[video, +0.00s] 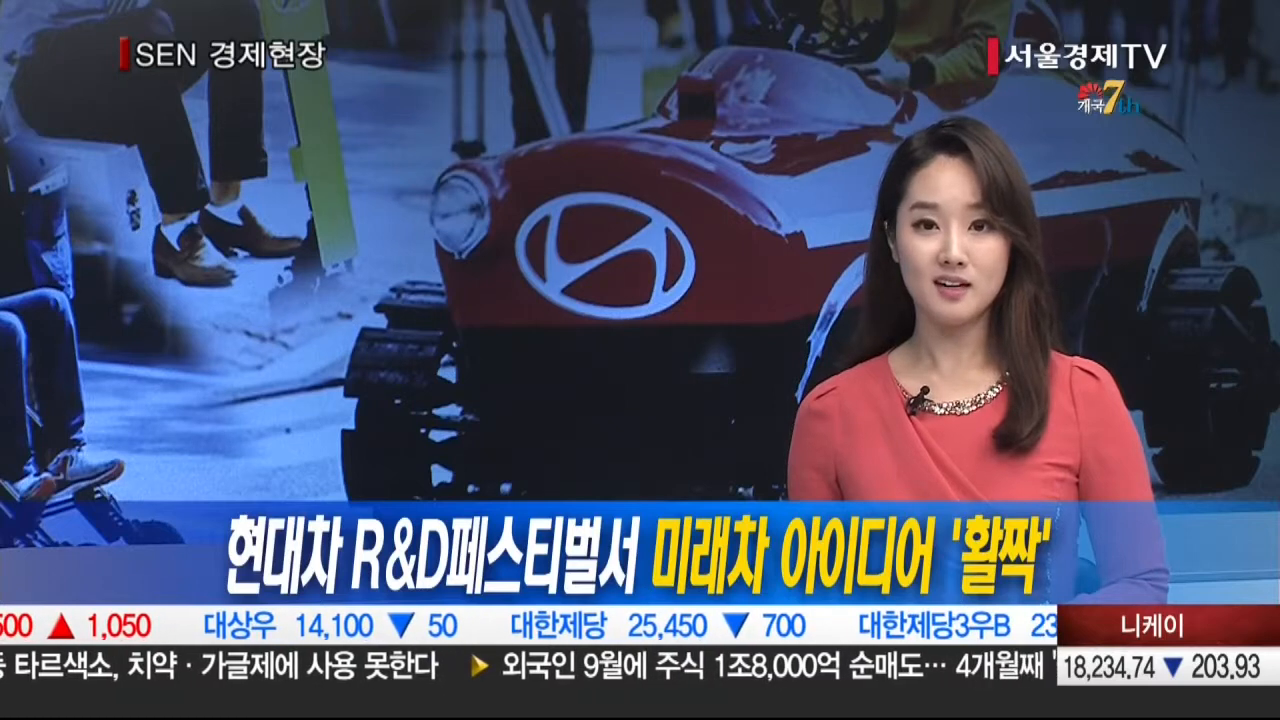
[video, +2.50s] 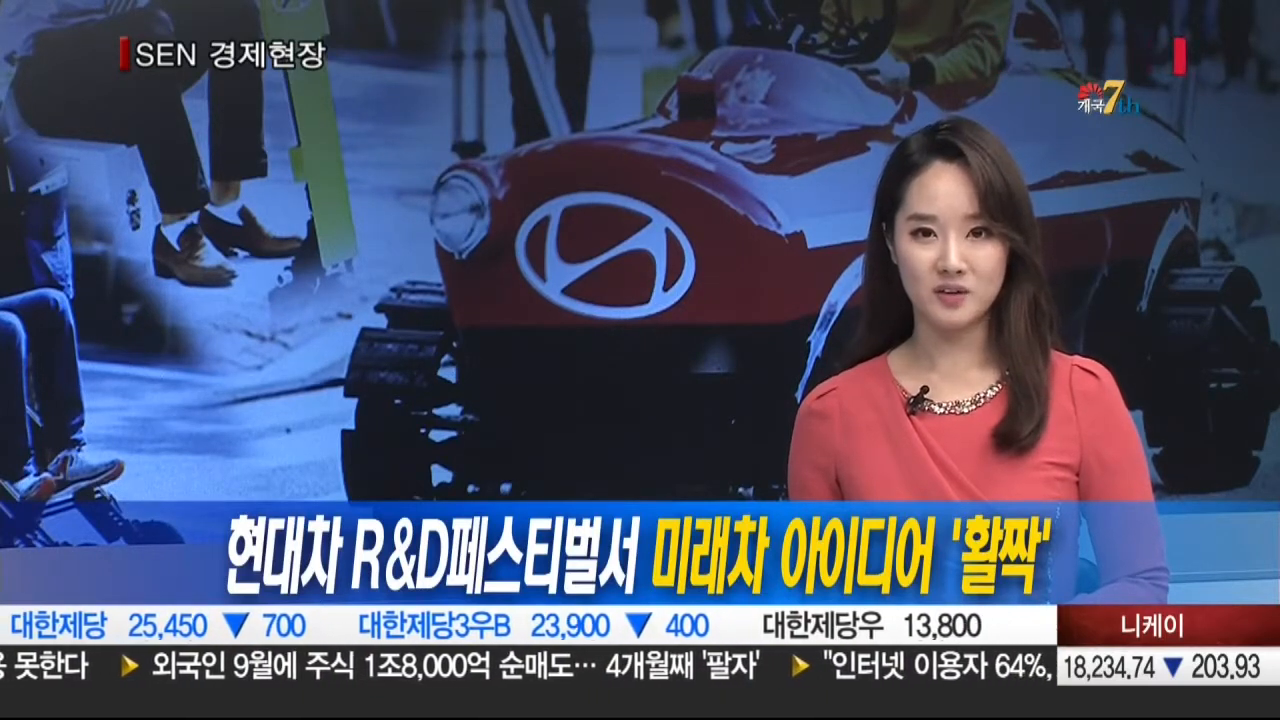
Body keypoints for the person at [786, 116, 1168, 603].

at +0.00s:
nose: (953, 253)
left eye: (981, 226)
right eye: (926, 225)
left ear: (1014, 244)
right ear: (892, 242)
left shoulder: (1083, 397)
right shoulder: (829, 415)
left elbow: (1142, 583)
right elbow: (812, 603)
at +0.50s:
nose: (955, 259)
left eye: (982, 230)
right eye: (927, 230)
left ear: (1015, 245)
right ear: (893, 244)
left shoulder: (1084, 397)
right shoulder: (830, 415)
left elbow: (1142, 583)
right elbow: (811, 605)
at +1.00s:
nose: (953, 260)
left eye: (980, 231)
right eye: (925, 231)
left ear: (1015, 245)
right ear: (893, 245)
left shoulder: (1084, 397)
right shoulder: (830, 415)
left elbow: (1143, 582)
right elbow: (811, 604)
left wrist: (1035, 644)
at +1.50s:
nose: (952, 255)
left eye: (979, 228)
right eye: (925, 227)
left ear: (1014, 244)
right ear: (892, 243)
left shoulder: (1083, 396)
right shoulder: (829, 415)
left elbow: (1144, 581)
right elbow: (811, 604)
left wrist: (1033, 641)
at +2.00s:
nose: (954, 255)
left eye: (981, 226)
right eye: (926, 226)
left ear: (1015, 244)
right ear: (893, 243)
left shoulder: (1084, 397)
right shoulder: (831, 415)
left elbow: (1143, 581)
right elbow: (812, 603)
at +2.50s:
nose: (952, 262)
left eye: (979, 232)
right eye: (924, 233)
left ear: (1013, 246)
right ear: (891, 245)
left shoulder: (1083, 396)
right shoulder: (830, 415)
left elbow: (1142, 582)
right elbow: (811, 605)